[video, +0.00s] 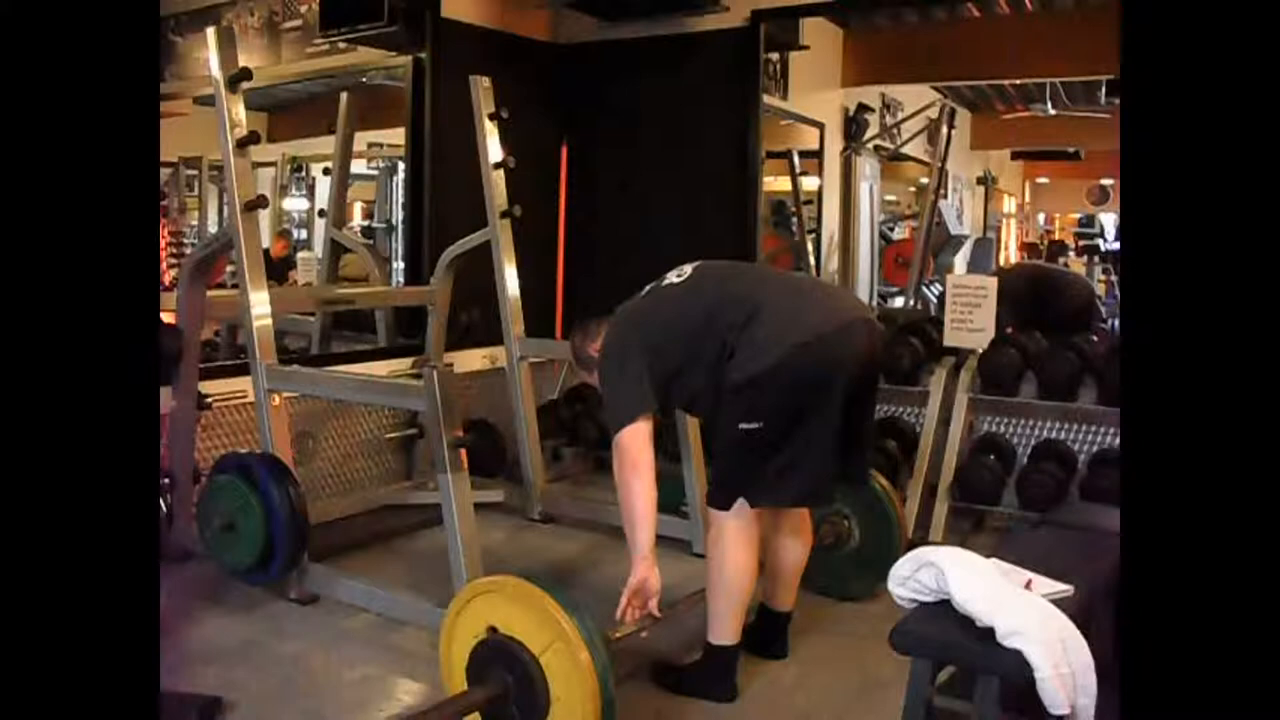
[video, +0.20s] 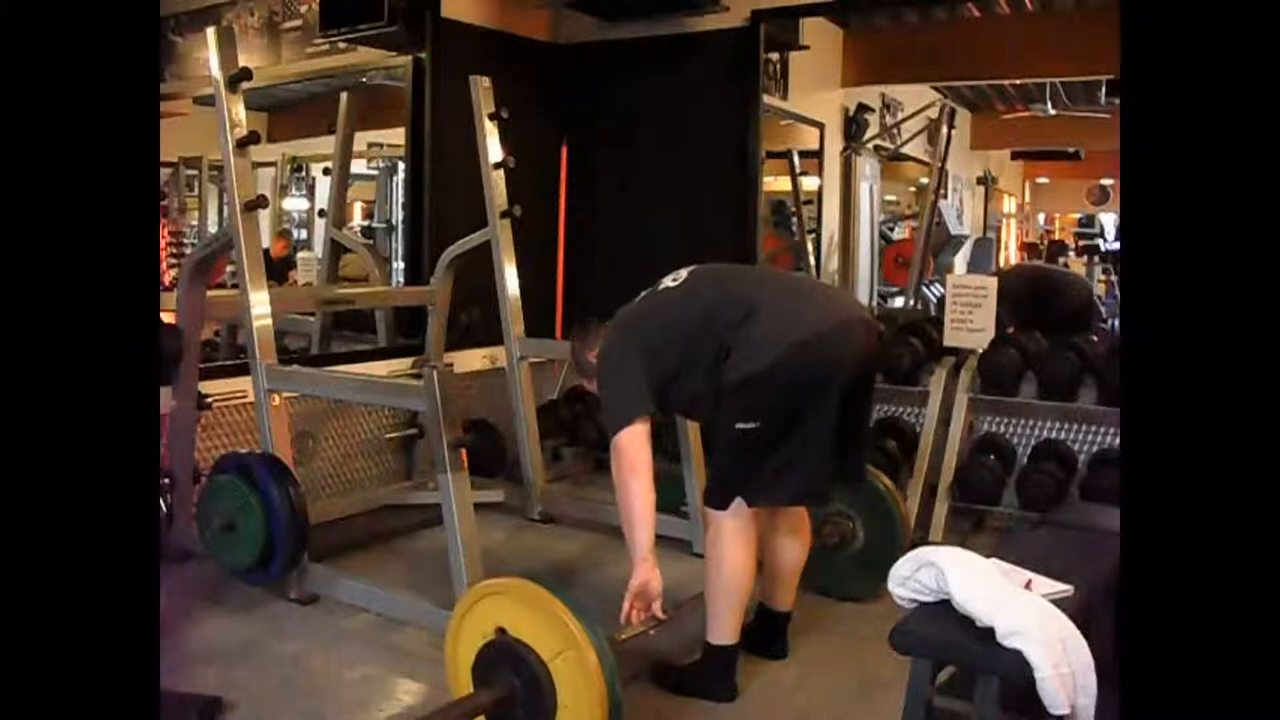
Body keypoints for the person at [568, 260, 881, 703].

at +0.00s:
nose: (607, 390)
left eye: (596, 380)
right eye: (598, 384)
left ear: (599, 351)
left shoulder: (622, 343)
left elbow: (633, 454)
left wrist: (642, 562)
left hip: (779, 356)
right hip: (853, 336)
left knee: (730, 506)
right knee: (789, 498)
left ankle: (716, 670)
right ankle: (772, 631)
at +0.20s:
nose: (607, 396)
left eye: (596, 386)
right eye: (599, 389)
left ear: (596, 361)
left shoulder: (619, 350)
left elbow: (631, 458)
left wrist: (643, 563)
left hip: (777, 355)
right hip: (851, 335)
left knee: (729, 506)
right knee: (786, 498)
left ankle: (716, 669)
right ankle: (772, 631)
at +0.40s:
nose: (605, 400)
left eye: (594, 389)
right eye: (596, 393)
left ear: (594, 362)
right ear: (608, 336)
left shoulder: (617, 353)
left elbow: (633, 455)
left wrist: (647, 562)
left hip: (777, 355)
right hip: (851, 335)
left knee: (728, 506)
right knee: (785, 497)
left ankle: (716, 669)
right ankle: (772, 631)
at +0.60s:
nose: (605, 398)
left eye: (594, 389)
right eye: (597, 392)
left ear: (594, 361)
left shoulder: (617, 350)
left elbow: (632, 449)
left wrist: (645, 557)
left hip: (775, 355)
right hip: (850, 337)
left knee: (728, 506)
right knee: (785, 497)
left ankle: (716, 671)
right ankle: (772, 630)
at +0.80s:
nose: (607, 409)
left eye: (597, 401)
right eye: (598, 403)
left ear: (595, 376)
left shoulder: (616, 356)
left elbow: (628, 455)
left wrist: (643, 564)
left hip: (775, 354)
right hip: (851, 338)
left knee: (728, 508)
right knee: (785, 498)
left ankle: (716, 670)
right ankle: (772, 631)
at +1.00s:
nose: (604, 415)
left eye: (595, 406)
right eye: (595, 409)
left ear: (594, 378)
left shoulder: (617, 366)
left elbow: (629, 476)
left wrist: (643, 579)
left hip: (771, 353)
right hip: (847, 334)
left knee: (725, 506)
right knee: (782, 495)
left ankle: (715, 671)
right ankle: (772, 631)